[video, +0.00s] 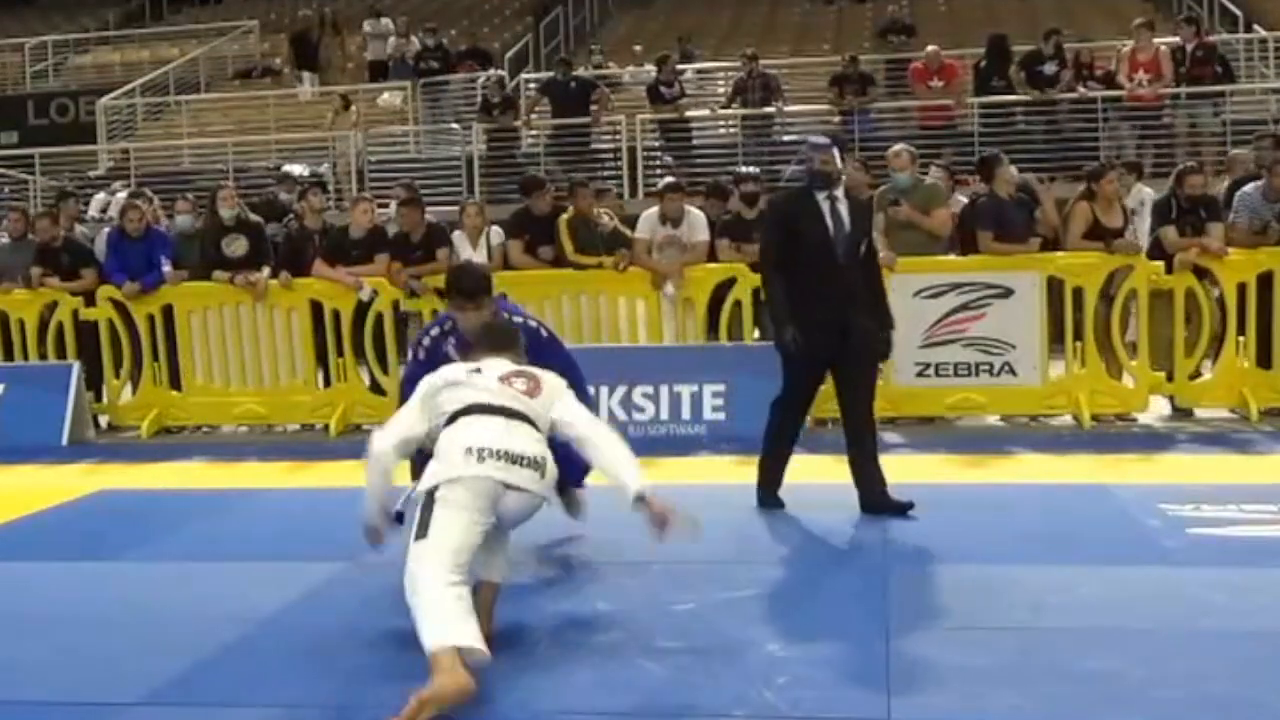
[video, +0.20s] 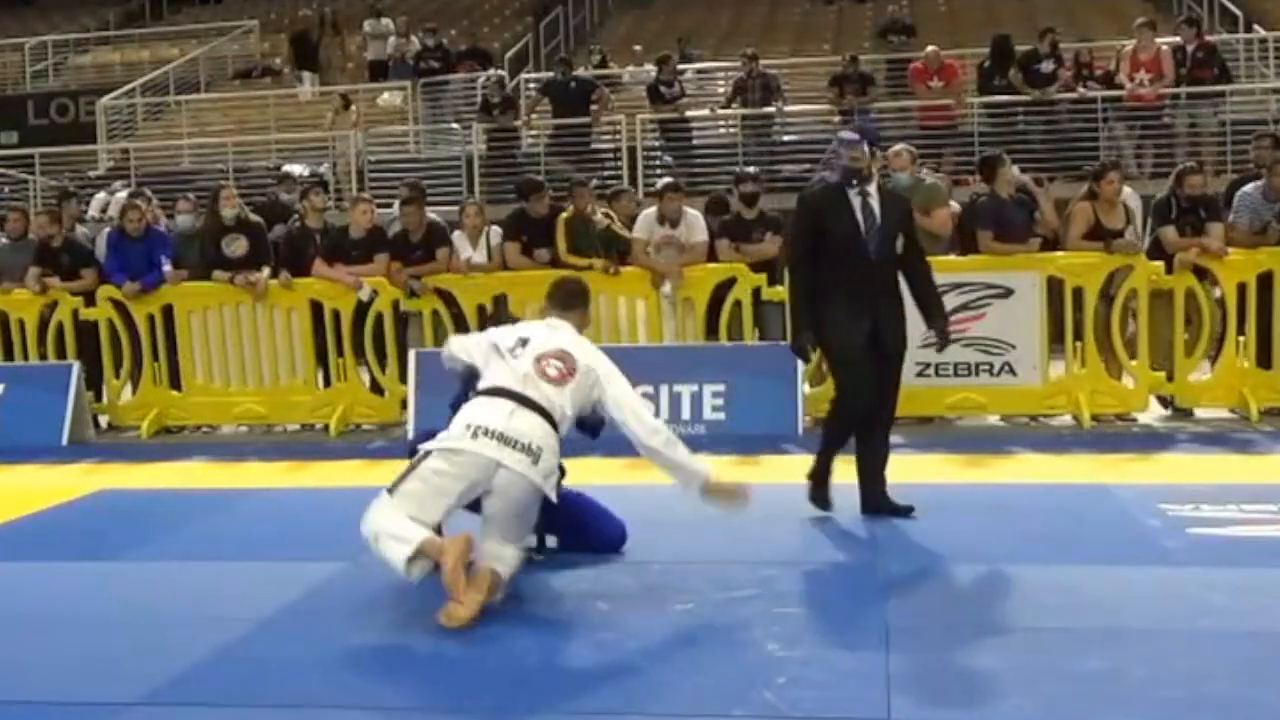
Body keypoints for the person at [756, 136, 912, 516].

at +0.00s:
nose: (824, 166)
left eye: (830, 159)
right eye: (817, 159)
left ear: (842, 164)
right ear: (804, 163)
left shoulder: (858, 207)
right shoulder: (785, 207)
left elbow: (869, 267)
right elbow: (772, 271)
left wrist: (883, 322)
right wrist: (783, 324)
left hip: (855, 328)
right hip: (808, 329)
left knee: (860, 418)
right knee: (791, 412)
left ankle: (873, 496)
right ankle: (767, 489)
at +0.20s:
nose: (852, 157)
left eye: (859, 150)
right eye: (846, 150)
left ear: (875, 156)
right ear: (836, 156)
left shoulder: (895, 201)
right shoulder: (816, 201)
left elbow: (913, 260)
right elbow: (800, 268)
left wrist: (935, 314)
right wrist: (801, 328)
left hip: (886, 317)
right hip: (838, 318)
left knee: (880, 409)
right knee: (854, 399)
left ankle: (874, 495)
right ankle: (822, 467)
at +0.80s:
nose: (916, 160)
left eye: (923, 152)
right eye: (913, 152)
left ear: (949, 153)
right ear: (910, 156)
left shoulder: (989, 197)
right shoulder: (899, 201)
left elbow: (1008, 261)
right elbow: (885, 265)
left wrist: (1024, 319)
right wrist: (879, 326)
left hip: (982, 324)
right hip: (925, 328)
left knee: (1010, 415)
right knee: (927, 424)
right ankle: (932, 512)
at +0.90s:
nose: (928, 162)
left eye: (936, 154)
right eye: (926, 154)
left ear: (964, 152)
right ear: (927, 157)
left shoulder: (1009, 197)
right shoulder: (919, 201)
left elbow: (1030, 266)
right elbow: (903, 260)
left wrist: (1045, 327)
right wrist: (894, 311)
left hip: (997, 325)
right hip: (938, 327)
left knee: (1023, 418)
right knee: (933, 423)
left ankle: (1050, 510)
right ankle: (933, 512)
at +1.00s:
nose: (949, 160)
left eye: (956, 151)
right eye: (946, 152)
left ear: (983, 150)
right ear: (947, 155)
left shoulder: (1029, 196)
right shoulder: (938, 200)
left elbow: (1050, 265)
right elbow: (924, 259)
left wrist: (1062, 328)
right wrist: (910, 307)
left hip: (1013, 327)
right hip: (954, 329)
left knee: (1033, 421)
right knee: (942, 423)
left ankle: (1051, 512)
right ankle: (935, 512)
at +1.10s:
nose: (968, 156)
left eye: (976, 148)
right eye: (965, 148)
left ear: (1001, 148)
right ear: (968, 151)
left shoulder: (1044, 198)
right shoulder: (957, 198)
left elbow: (1067, 266)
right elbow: (941, 258)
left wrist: (1079, 329)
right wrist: (926, 309)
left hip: (1027, 327)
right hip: (968, 328)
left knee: (1042, 420)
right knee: (954, 421)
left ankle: (1054, 511)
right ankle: (944, 512)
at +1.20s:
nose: (980, 158)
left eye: (985, 150)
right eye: (977, 151)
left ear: (1011, 146)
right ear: (984, 150)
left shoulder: (1055, 197)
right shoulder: (970, 196)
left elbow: (1080, 267)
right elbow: (955, 260)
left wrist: (1089, 327)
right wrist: (939, 317)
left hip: (1035, 331)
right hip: (977, 331)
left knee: (1047, 425)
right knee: (967, 424)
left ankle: (1053, 512)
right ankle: (961, 509)